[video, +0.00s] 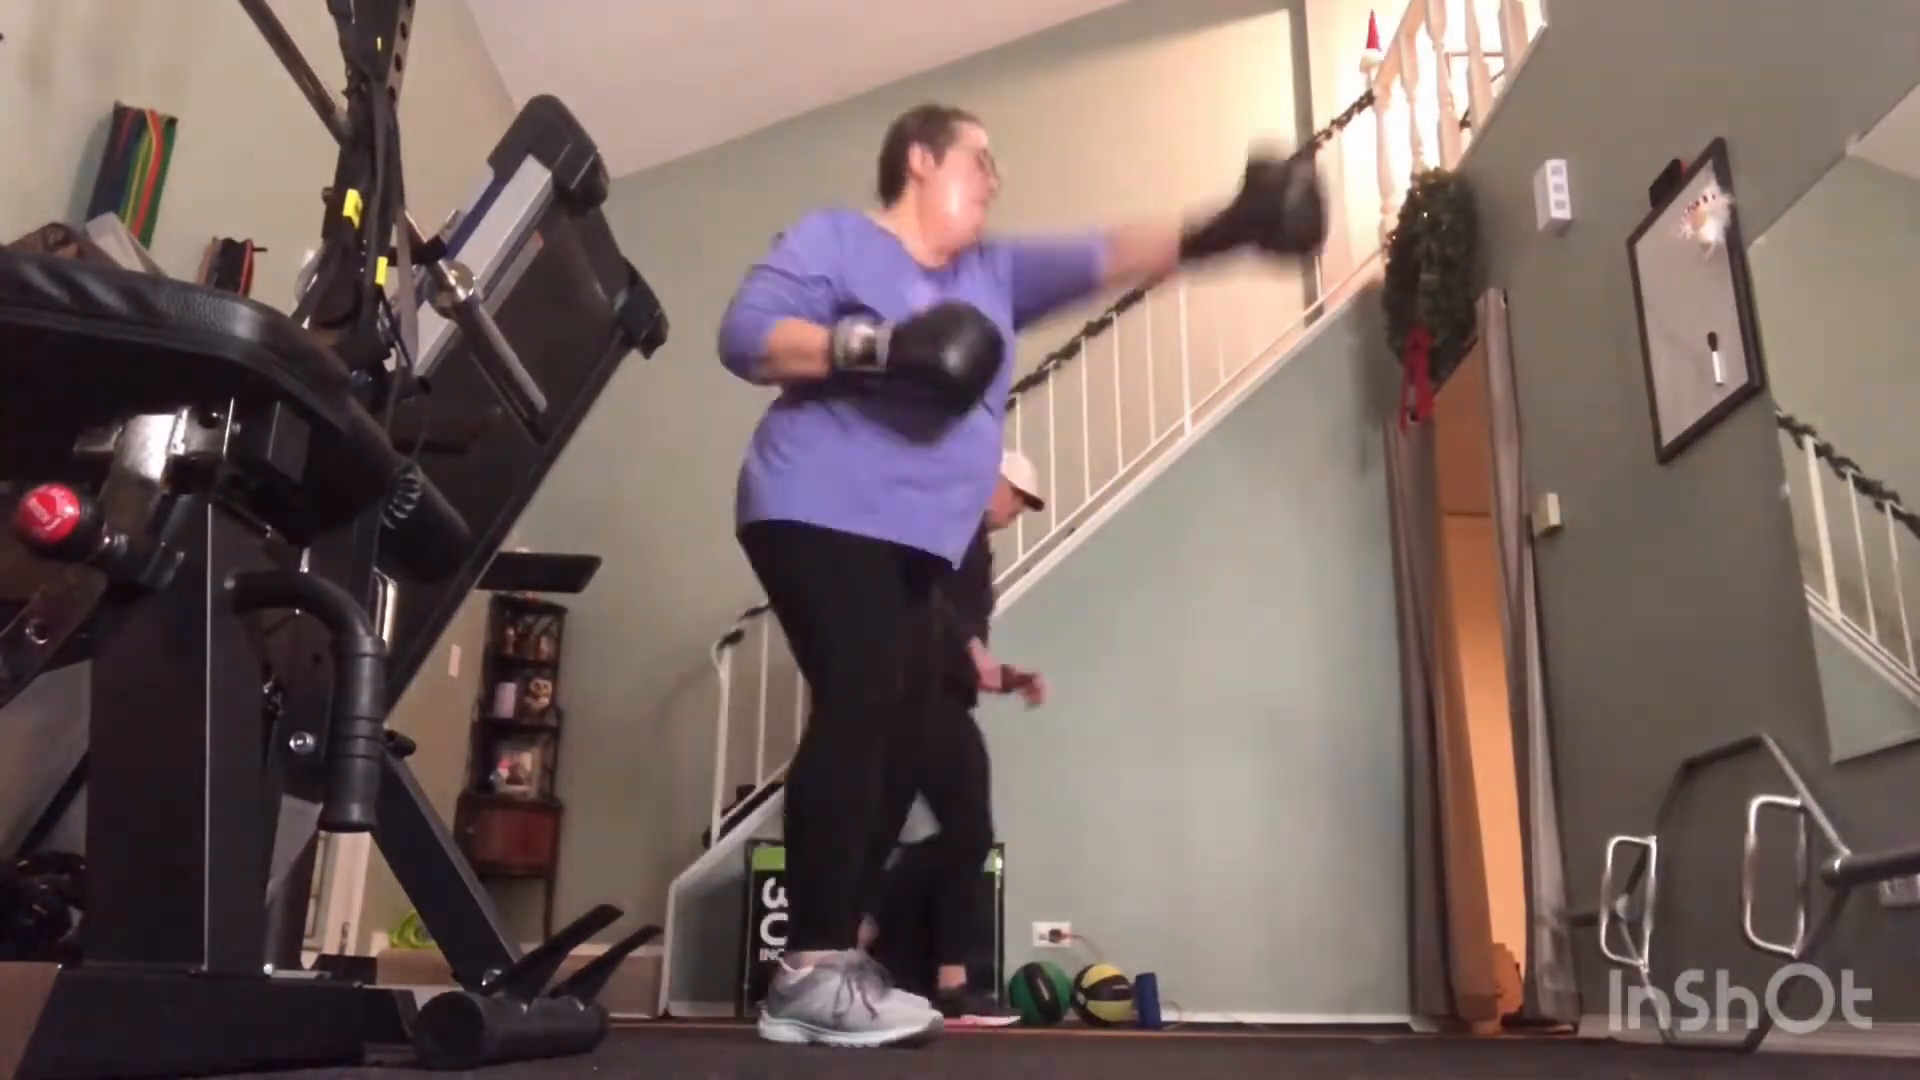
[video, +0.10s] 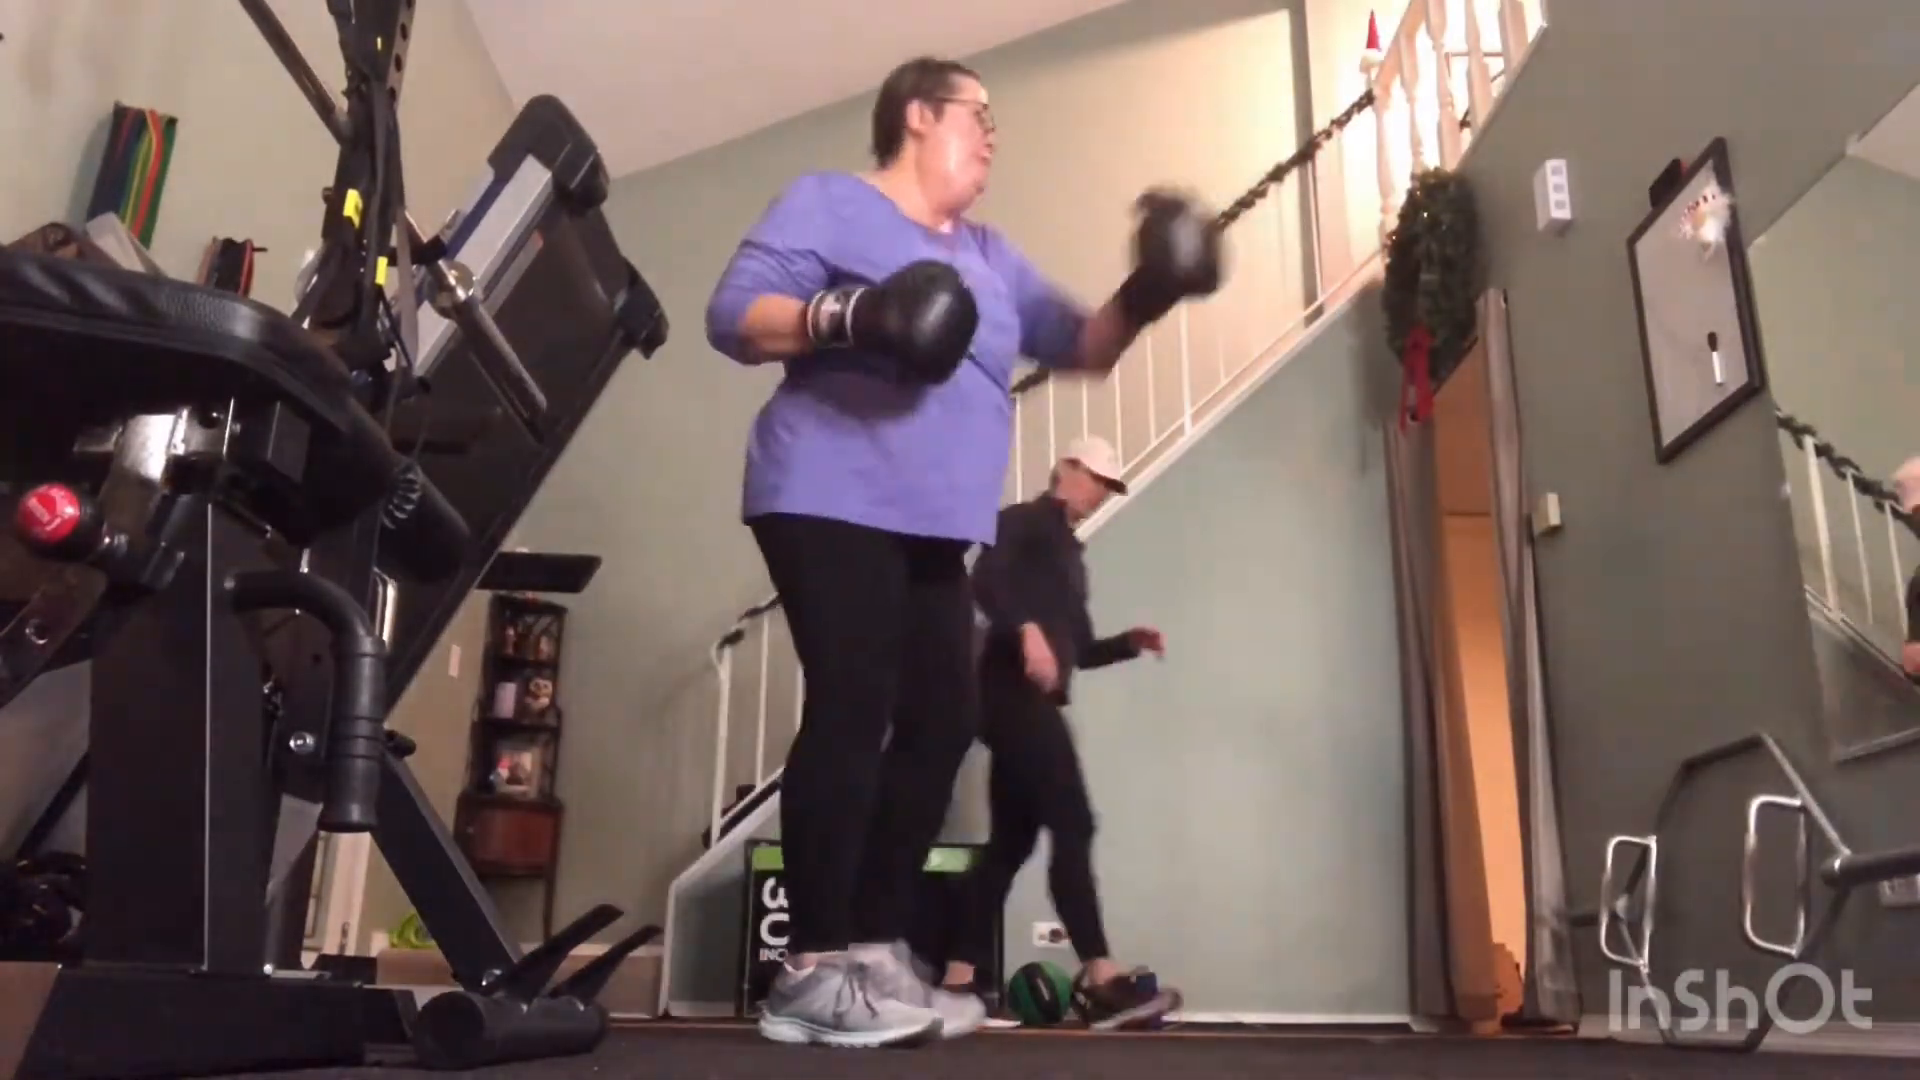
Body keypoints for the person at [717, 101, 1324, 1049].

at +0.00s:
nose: (994, 184)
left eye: (995, 169)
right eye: (980, 162)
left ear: (943, 169)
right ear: (921, 161)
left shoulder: (990, 270)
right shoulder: (835, 240)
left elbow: (1108, 255)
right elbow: (745, 336)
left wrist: (1228, 227)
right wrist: (868, 347)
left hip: (909, 544)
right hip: (811, 515)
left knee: (889, 743)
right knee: (862, 708)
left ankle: (834, 960)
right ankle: (812, 965)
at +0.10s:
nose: (994, 138)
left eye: (992, 123)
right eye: (979, 118)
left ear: (944, 130)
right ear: (919, 121)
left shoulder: (992, 257)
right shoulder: (830, 201)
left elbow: (1085, 344)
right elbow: (735, 317)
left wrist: (1149, 287)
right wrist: (851, 315)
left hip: (928, 528)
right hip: (824, 504)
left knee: (939, 723)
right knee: (851, 708)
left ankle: (876, 955)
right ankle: (809, 966)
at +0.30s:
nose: (999, 213)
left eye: (1002, 202)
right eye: (998, 197)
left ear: (939, 171)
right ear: (971, 176)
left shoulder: (924, 241)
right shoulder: (919, 202)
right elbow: (883, 295)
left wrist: (1019, 359)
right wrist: (1003, 338)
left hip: (876, 505)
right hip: (866, 497)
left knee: (874, 725)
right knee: (871, 721)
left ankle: (850, 965)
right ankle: (825, 967)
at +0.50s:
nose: (1020, 211)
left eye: (1023, 196)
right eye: (1019, 189)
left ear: (977, 171)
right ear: (984, 162)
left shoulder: (962, 270)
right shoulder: (910, 192)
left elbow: (984, 415)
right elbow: (848, 291)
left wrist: (1039, 386)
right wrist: (988, 323)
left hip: (914, 511)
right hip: (868, 492)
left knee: (892, 727)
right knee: (868, 719)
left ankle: (864, 966)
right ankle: (816, 967)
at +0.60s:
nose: (1027, 213)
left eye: (1030, 199)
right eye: (1026, 191)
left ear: (985, 173)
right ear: (993, 163)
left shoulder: (967, 266)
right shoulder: (921, 189)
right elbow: (858, 288)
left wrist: (1038, 391)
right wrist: (994, 326)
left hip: (910, 504)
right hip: (870, 487)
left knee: (892, 722)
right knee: (883, 717)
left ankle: (854, 963)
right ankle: (825, 964)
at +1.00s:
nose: (999, 331)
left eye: (998, 319)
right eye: (996, 318)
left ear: (923, 314)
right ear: (972, 311)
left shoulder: (857, 384)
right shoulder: (978, 359)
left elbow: (815, 508)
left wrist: (906, 528)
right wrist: (1064, 574)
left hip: (836, 592)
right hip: (943, 588)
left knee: (872, 770)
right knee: (958, 780)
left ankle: (814, 939)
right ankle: (932, 983)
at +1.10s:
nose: (987, 394)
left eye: (988, 382)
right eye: (981, 378)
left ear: (930, 373)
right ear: (945, 368)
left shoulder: (879, 419)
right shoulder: (922, 409)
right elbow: (910, 505)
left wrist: (969, 613)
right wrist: (979, 598)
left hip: (828, 626)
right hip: (882, 625)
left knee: (860, 801)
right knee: (920, 795)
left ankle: (826, 984)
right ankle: (915, 970)